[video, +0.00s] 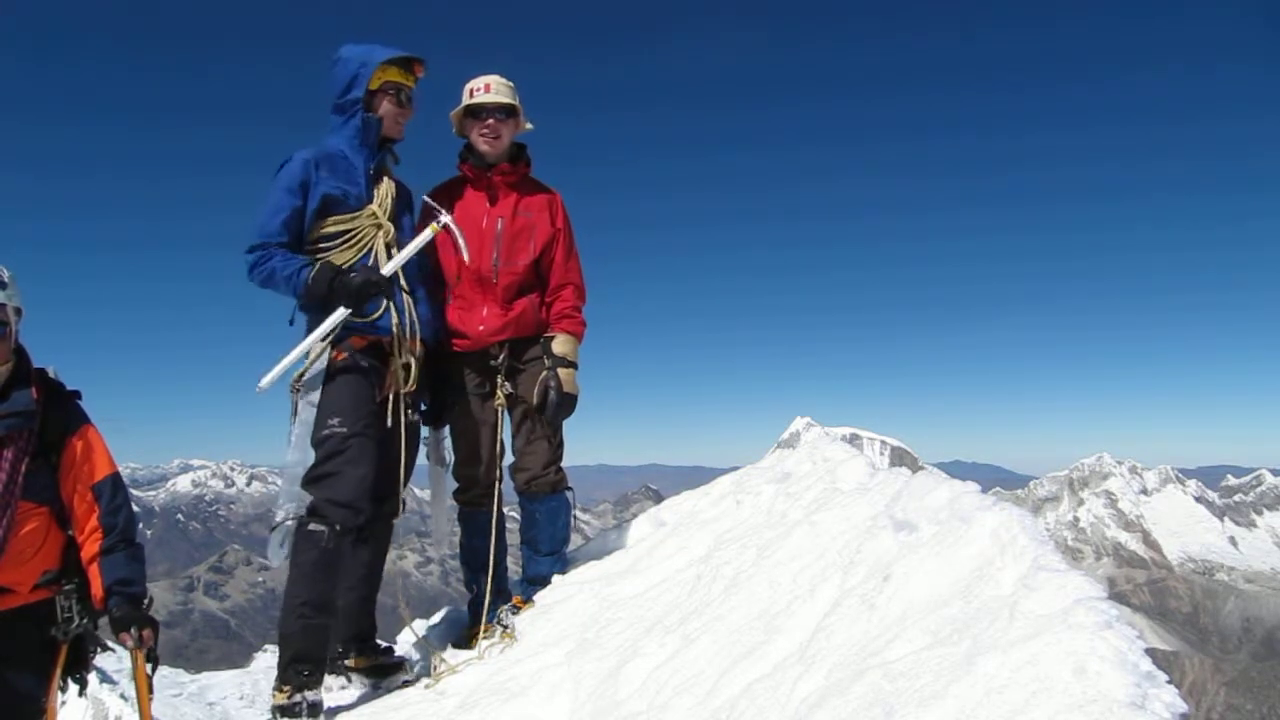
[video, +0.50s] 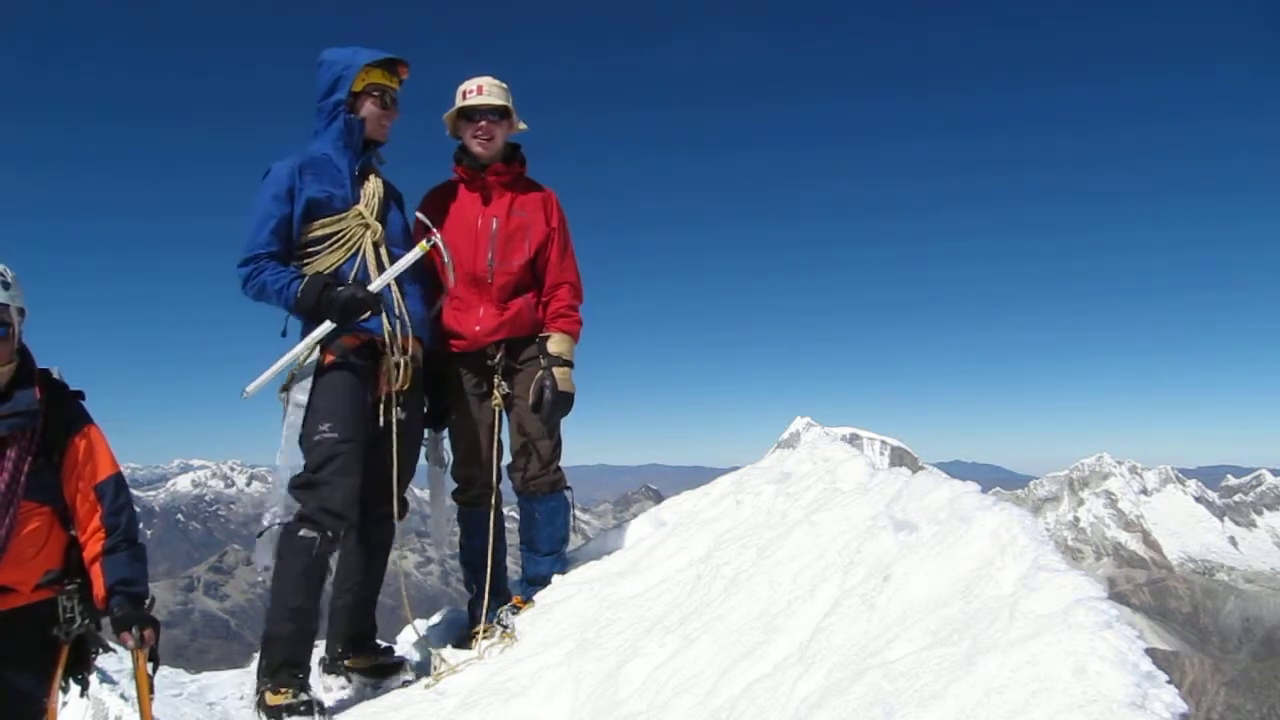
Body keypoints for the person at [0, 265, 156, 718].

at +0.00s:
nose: (1, 335)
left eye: (3, 321)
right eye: (1, 321)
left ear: (15, 323)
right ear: (8, 323)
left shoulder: (50, 411)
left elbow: (102, 510)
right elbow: (103, 511)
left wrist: (122, 598)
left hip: (24, 619)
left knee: (20, 705)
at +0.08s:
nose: (1, 334)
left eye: (4, 320)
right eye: (2, 320)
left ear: (15, 323)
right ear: (8, 323)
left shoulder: (50, 411)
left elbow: (102, 510)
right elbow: (103, 510)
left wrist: (122, 598)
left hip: (25, 619)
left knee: (20, 704)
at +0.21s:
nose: (1, 334)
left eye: (4, 320)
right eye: (1, 321)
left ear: (15, 323)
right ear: (8, 323)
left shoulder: (51, 411)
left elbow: (103, 510)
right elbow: (103, 510)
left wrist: (122, 598)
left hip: (25, 618)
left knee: (20, 705)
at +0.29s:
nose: (1, 335)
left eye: (4, 321)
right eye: (1, 321)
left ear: (16, 323)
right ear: (8, 323)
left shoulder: (51, 411)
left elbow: (103, 510)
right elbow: (104, 511)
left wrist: (123, 599)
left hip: (25, 618)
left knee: (20, 705)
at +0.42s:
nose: (1, 338)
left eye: (4, 323)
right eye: (1, 324)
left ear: (17, 325)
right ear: (8, 326)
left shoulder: (52, 412)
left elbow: (104, 510)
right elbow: (104, 511)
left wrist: (123, 598)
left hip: (26, 617)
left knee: (20, 705)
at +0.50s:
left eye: (3, 325)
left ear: (18, 326)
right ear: (7, 328)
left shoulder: (54, 414)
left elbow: (105, 512)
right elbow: (105, 512)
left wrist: (124, 598)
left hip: (25, 619)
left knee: (19, 706)